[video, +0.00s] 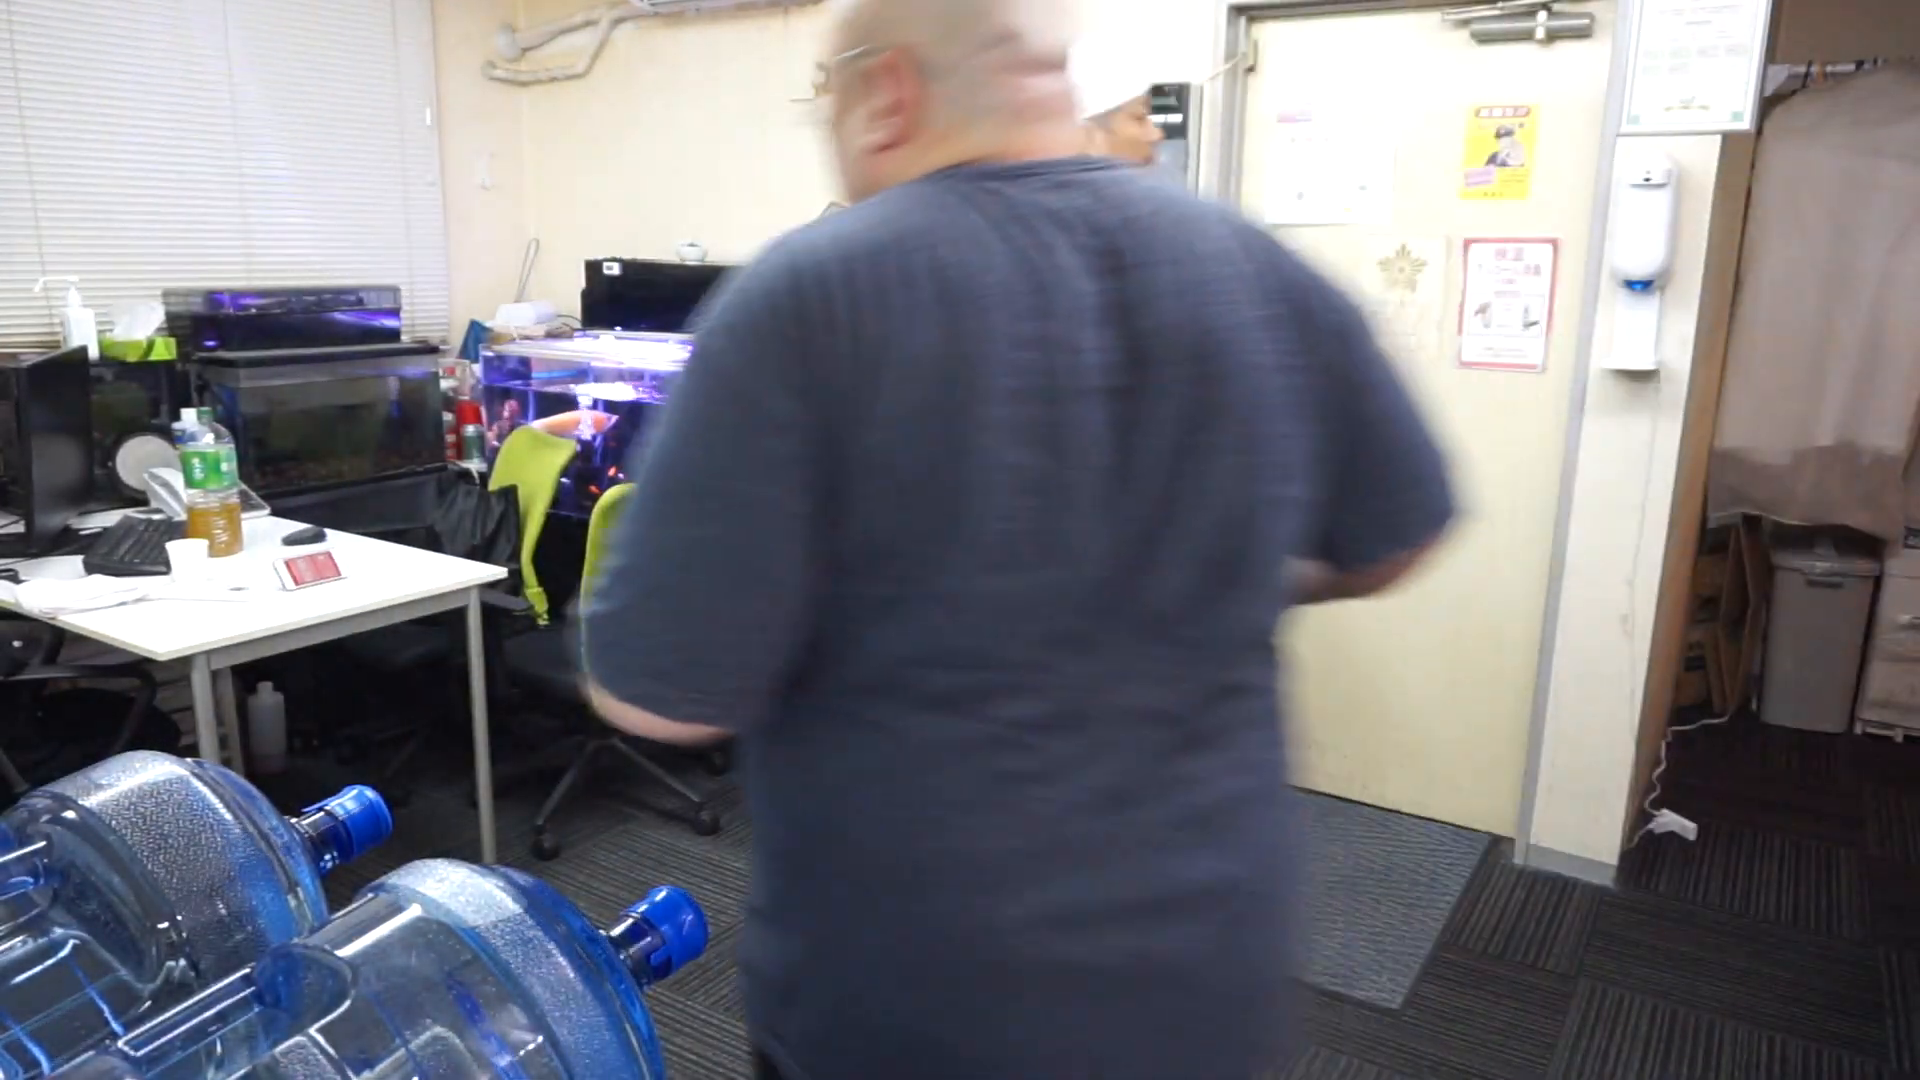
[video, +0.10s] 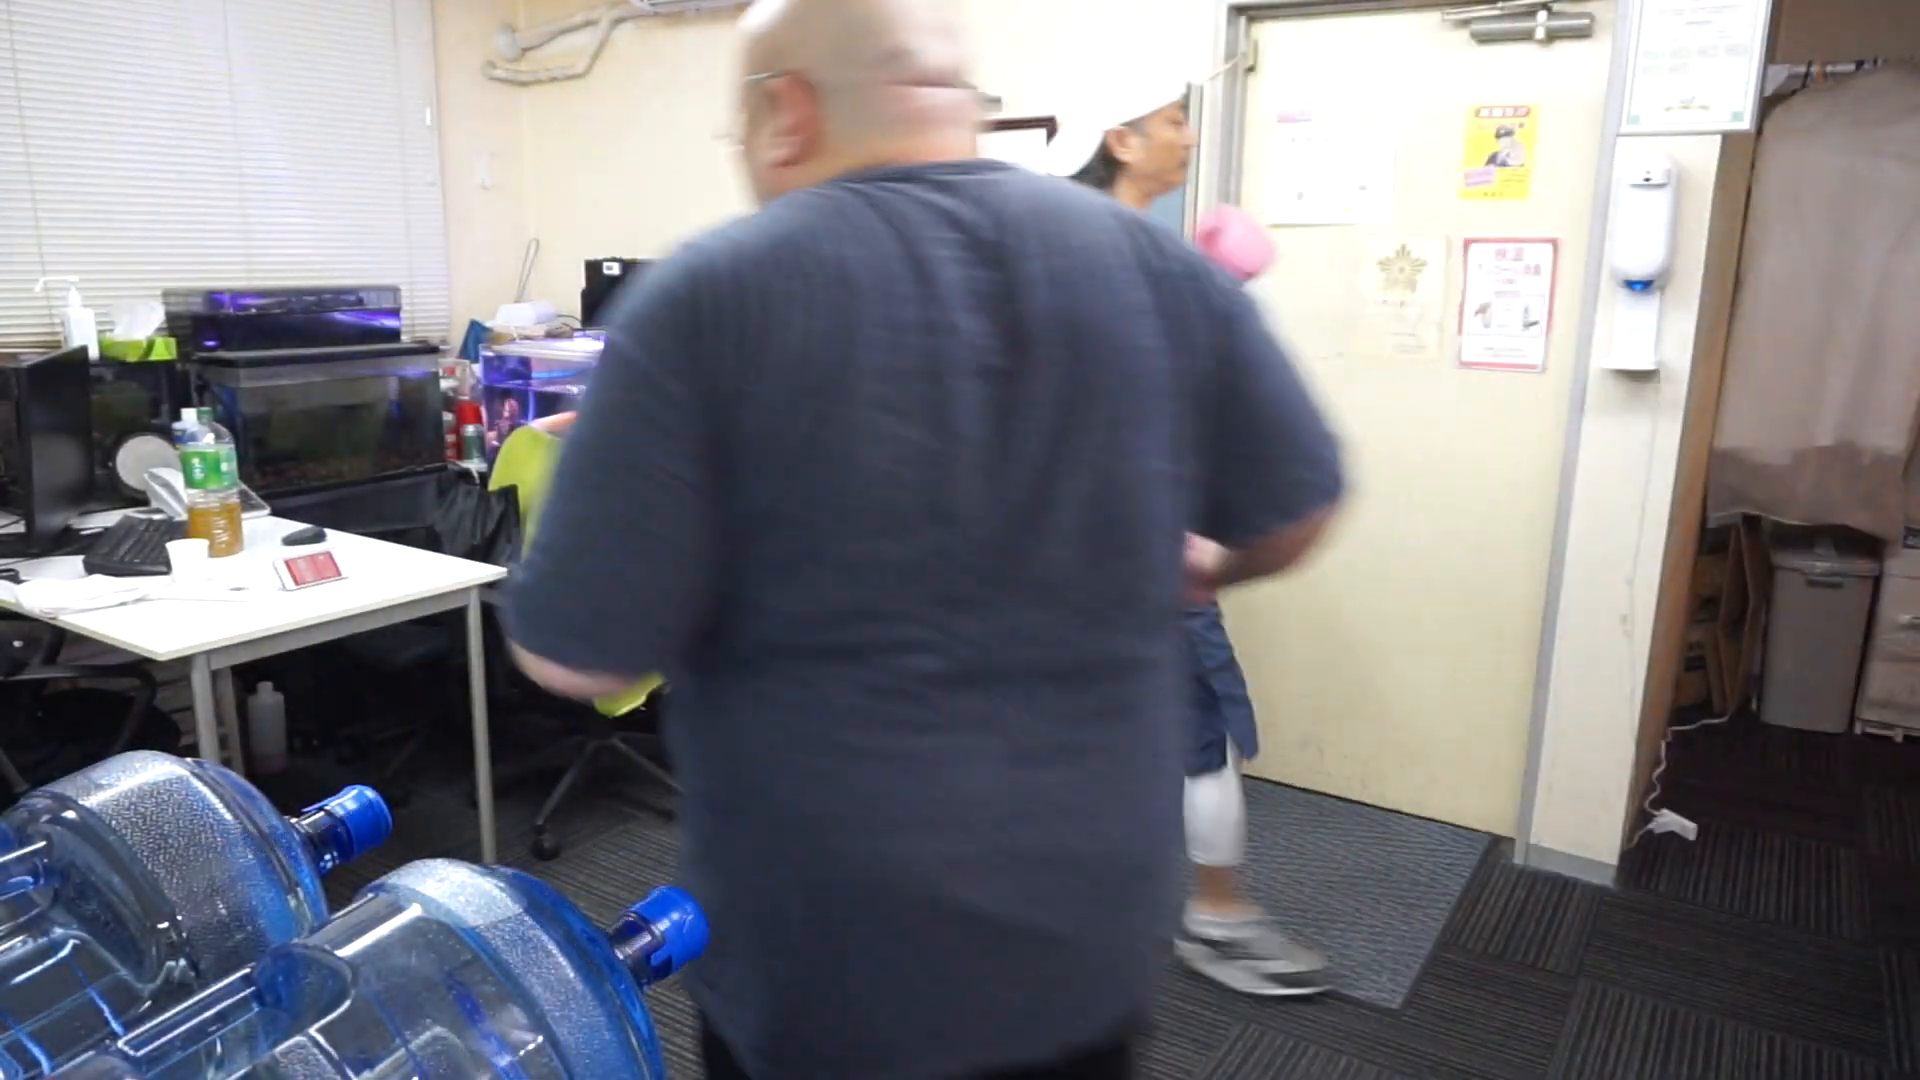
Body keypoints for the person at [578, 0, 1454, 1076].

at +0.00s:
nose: (829, 150)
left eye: (827, 112)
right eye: (821, 118)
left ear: (887, 100)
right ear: (1055, 91)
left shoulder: (811, 295)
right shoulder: (1241, 261)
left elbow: (660, 689)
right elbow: (1397, 534)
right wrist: (1193, 567)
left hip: (902, 987)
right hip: (1210, 965)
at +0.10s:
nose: (738, 149)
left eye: (740, 119)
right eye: (734, 123)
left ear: (790, 116)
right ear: (960, 104)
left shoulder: (716, 294)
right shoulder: (1142, 258)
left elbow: (571, 656)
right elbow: (1297, 505)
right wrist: (1195, 564)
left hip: (821, 935)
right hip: (1092, 915)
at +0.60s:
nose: (564, 182)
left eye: (566, 160)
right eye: (566, 161)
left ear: (592, 154)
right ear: (721, 140)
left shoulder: (539, 267)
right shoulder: (858, 263)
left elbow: (402, 516)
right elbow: (986, 461)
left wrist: (499, 544)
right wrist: (954, 563)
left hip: (619, 762)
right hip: (824, 751)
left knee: (599, 1035)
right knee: (742, 1035)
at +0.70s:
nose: (538, 202)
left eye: (537, 182)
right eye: (540, 184)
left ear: (564, 166)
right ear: (684, 153)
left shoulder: (518, 262)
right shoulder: (824, 263)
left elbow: (384, 496)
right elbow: (937, 450)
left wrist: (412, 561)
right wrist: (917, 569)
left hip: (584, 747)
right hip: (791, 741)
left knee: (540, 1019)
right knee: (720, 1035)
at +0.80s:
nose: (503, 210)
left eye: (503, 195)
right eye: (506, 197)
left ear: (528, 177)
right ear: (648, 162)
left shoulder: (491, 260)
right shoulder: (783, 260)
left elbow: (369, 476)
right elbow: (898, 438)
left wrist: (352, 562)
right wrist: (884, 559)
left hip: (549, 725)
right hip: (758, 722)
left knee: (506, 986)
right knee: (712, 1008)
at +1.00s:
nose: (428, 239)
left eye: (426, 231)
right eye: (431, 233)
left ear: (448, 220)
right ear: (560, 197)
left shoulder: (417, 286)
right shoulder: (690, 270)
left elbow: (294, 462)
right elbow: (825, 413)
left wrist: (278, 556)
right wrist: (835, 518)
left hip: (503, 696)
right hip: (693, 688)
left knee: (483, 943)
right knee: (694, 951)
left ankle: (485, 1071)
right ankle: (691, 1075)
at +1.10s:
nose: (389, 264)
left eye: (387, 256)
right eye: (392, 259)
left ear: (402, 247)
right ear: (506, 224)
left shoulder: (365, 308)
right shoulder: (633, 279)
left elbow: (245, 475)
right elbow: (775, 404)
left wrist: (254, 569)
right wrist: (801, 518)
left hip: (468, 679)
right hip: (651, 662)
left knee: (462, 922)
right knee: (675, 917)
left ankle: (477, 1065)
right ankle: (682, 1062)